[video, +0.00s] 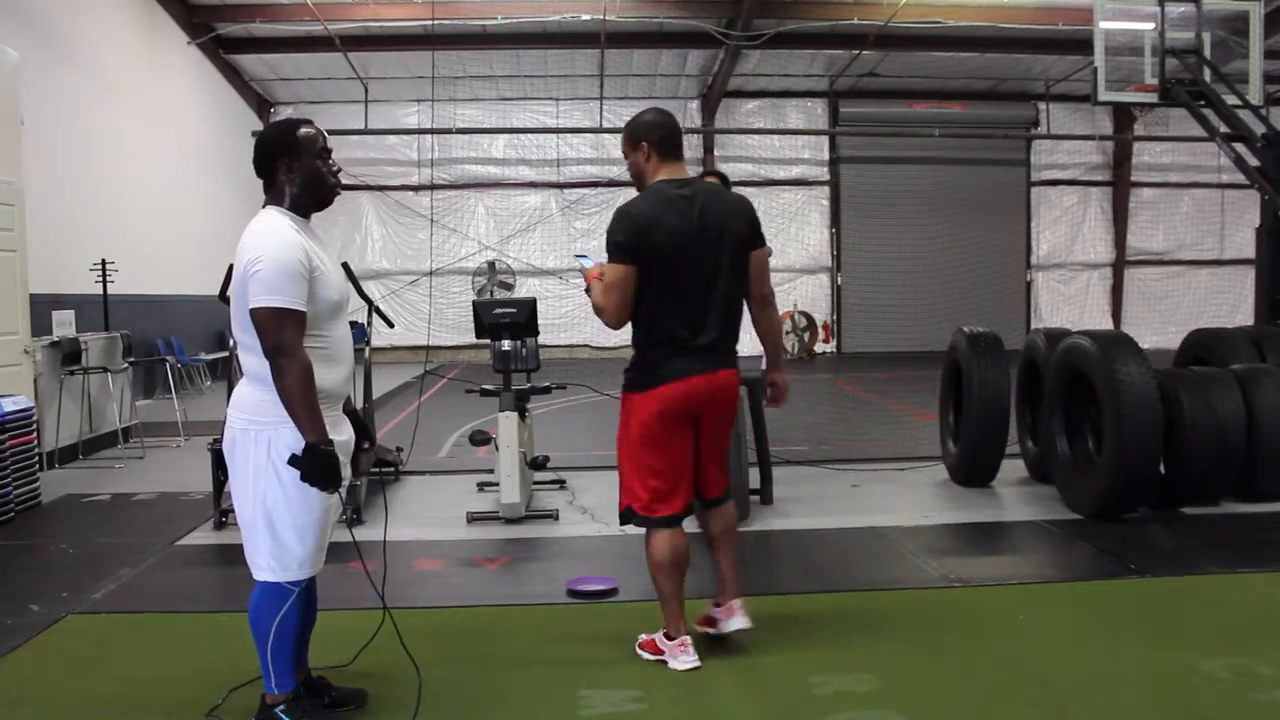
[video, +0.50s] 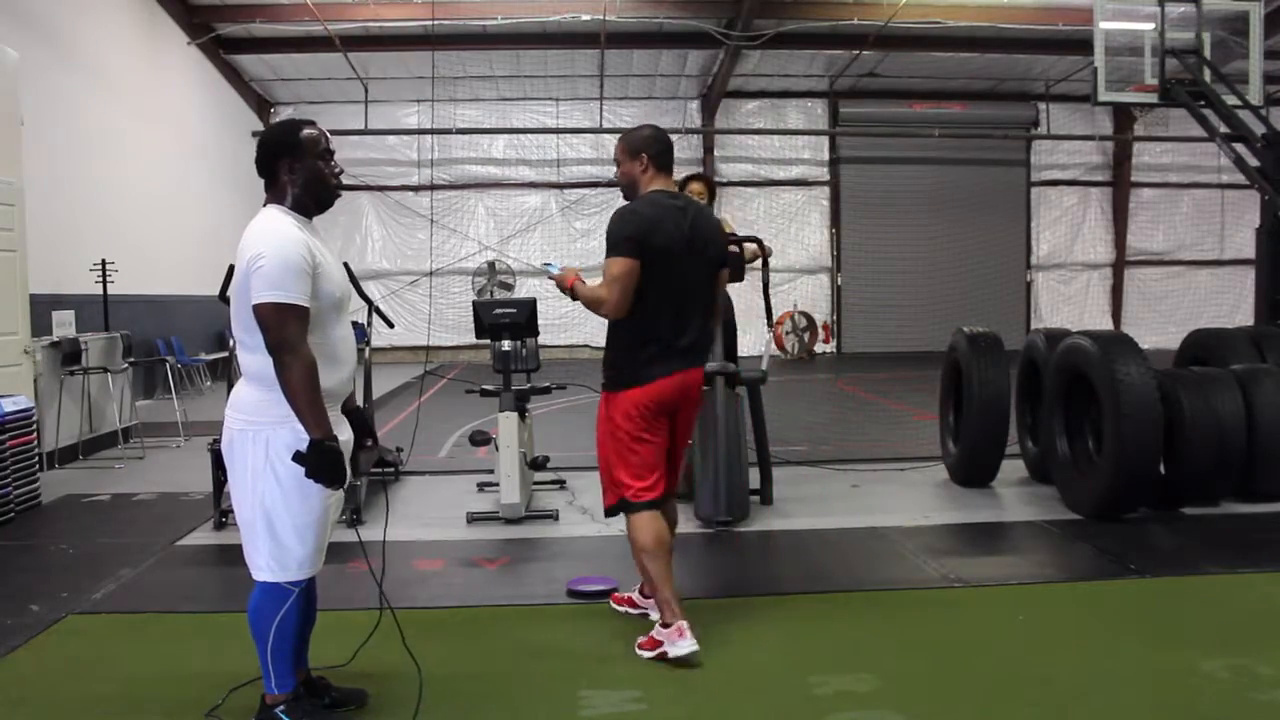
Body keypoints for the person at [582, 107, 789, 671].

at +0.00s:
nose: (627, 167)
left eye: (626, 157)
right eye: (626, 157)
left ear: (642, 152)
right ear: (678, 149)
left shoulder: (634, 216)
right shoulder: (735, 206)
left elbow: (615, 314)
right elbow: (761, 295)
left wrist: (596, 284)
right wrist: (775, 365)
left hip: (658, 389)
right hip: (720, 382)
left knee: (663, 517)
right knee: (715, 495)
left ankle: (676, 638)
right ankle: (730, 603)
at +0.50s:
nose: (618, 175)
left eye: (621, 166)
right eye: (617, 166)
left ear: (642, 163)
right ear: (663, 163)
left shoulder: (630, 219)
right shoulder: (706, 218)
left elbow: (614, 303)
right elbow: (719, 287)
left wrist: (577, 287)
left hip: (637, 384)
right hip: (688, 376)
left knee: (641, 501)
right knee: (660, 494)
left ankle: (674, 628)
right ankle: (651, 593)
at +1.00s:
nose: (612, 167)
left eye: (620, 159)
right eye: (612, 159)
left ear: (651, 165)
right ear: (646, 166)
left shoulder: (658, 214)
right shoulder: (649, 213)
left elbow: (650, 290)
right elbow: (643, 286)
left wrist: (588, 285)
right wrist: (589, 284)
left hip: (654, 375)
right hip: (650, 371)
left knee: (634, 490)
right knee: (645, 486)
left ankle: (677, 602)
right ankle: (653, 591)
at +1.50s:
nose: (623, 172)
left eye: (632, 163)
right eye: (622, 163)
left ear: (664, 164)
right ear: (635, 167)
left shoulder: (688, 222)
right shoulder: (653, 218)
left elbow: (682, 303)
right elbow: (652, 295)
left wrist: (610, 287)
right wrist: (607, 286)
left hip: (672, 382)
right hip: (637, 379)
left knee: (671, 493)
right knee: (621, 476)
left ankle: (681, 605)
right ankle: (651, 582)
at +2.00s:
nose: (654, 168)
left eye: (666, 160)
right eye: (648, 160)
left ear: (690, 164)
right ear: (644, 164)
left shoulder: (715, 223)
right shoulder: (637, 223)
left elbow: (721, 303)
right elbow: (622, 295)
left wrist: (657, 285)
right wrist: (591, 352)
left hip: (682, 380)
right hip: (629, 376)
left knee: (678, 492)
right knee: (612, 480)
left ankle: (681, 603)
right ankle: (659, 553)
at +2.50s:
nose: (649, 164)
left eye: (659, 157)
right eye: (642, 157)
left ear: (679, 166)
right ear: (635, 167)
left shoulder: (707, 219)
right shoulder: (625, 230)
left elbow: (731, 293)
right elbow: (612, 301)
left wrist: (675, 282)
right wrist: (590, 361)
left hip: (685, 375)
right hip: (635, 375)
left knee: (681, 487)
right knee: (646, 485)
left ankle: (681, 604)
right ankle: (673, 575)